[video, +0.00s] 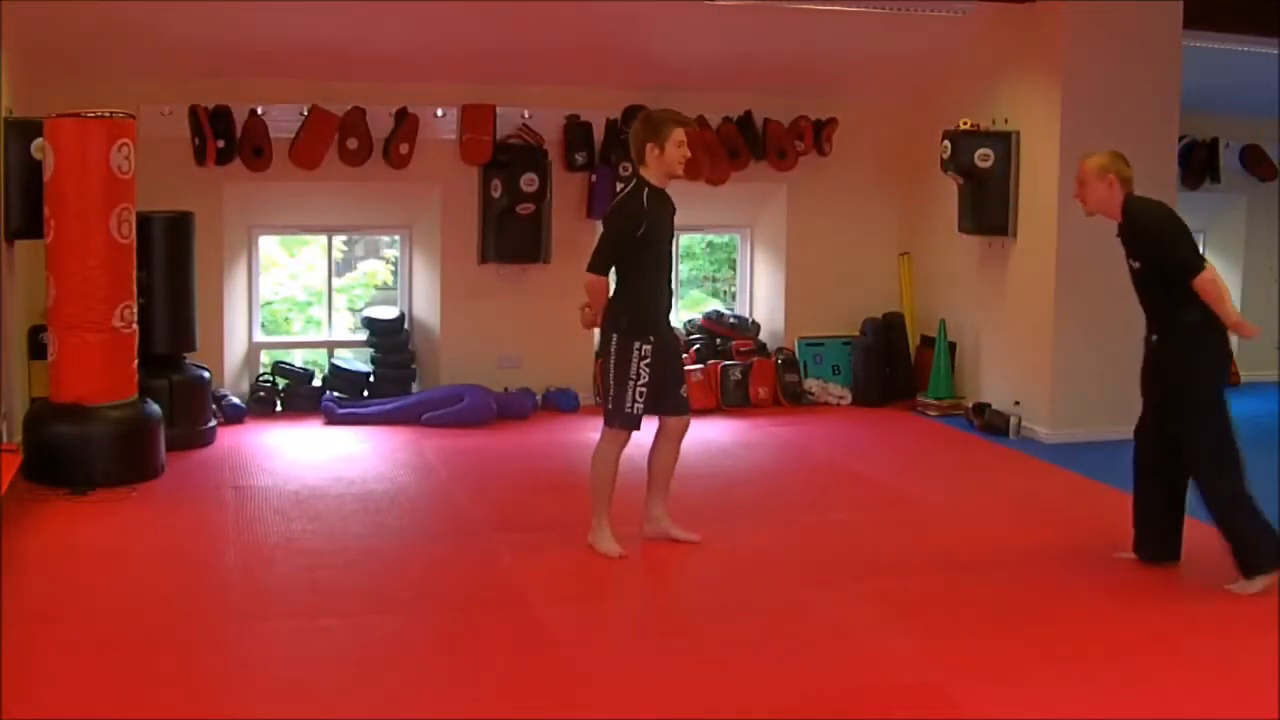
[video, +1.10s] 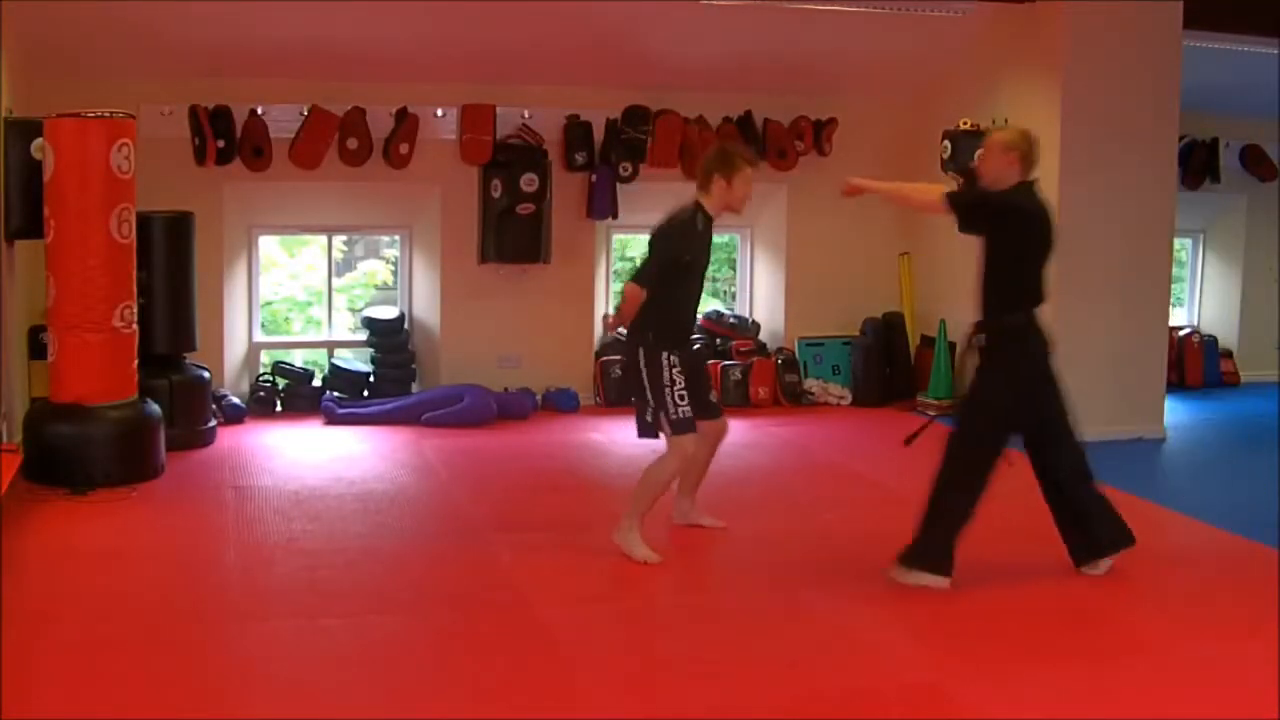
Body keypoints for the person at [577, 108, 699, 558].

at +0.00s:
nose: (687, 153)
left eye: (687, 145)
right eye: (679, 145)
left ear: (661, 152)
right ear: (652, 150)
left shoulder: (663, 201)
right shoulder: (632, 202)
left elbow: (642, 271)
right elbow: (595, 277)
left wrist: (603, 309)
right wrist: (601, 312)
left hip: (659, 329)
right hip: (628, 329)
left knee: (676, 420)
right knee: (618, 429)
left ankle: (656, 517)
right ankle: (599, 527)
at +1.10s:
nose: (748, 194)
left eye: (749, 186)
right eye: (745, 185)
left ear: (721, 183)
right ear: (719, 182)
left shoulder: (703, 226)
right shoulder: (681, 226)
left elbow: (662, 285)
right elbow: (636, 289)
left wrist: (628, 317)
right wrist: (623, 321)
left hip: (679, 345)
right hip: (654, 347)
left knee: (713, 427)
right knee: (682, 446)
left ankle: (685, 509)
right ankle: (628, 526)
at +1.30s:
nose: (777, 267)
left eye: (778, 259)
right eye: (774, 257)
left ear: (745, 254)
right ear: (749, 254)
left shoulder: (715, 283)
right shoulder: (700, 285)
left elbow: (660, 322)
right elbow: (636, 327)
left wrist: (613, 341)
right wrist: (604, 351)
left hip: (662, 370)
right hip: (640, 371)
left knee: (720, 429)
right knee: (675, 467)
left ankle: (684, 508)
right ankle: (607, 553)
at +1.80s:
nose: (751, 191)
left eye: (753, 180)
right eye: (749, 179)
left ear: (715, 175)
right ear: (725, 175)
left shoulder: (682, 212)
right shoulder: (684, 221)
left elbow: (626, 283)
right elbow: (630, 292)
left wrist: (604, 323)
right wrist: (601, 327)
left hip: (643, 353)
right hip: (644, 357)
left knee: (654, 473)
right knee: (679, 477)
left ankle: (614, 559)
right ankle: (600, 561)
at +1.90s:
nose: (748, 173)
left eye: (749, 163)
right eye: (747, 162)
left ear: (705, 156)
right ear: (727, 158)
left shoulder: (669, 198)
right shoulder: (691, 206)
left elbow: (621, 271)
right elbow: (641, 279)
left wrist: (617, 320)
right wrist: (618, 323)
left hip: (640, 354)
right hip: (664, 356)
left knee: (656, 470)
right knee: (705, 477)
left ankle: (604, 577)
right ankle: (635, 587)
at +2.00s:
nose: (748, 185)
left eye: (747, 174)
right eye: (746, 174)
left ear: (698, 170)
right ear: (727, 172)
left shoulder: (670, 218)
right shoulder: (700, 224)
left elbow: (618, 288)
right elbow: (659, 302)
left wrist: (614, 344)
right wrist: (635, 348)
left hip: (642, 378)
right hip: (681, 378)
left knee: (640, 500)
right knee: (725, 503)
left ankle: (594, 616)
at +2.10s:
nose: (761, 199)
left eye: (760, 188)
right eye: (757, 188)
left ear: (707, 190)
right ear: (740, 191)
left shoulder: (674, 242)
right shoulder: (728, 255)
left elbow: (625, 322)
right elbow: (701, 335)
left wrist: (631, 369)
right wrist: (650, 379)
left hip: (656, 406)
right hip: (700, 408)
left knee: (657, 519)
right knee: (757, 526)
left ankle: (597, 620)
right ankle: (762, 663)